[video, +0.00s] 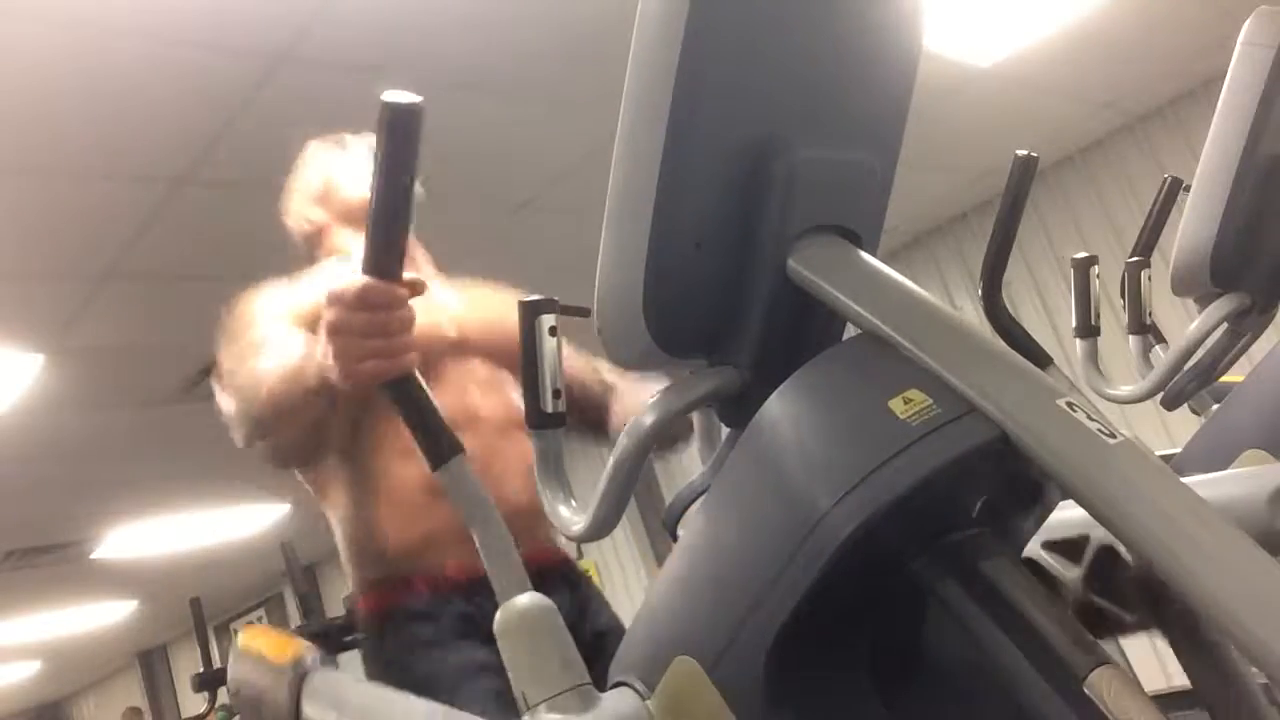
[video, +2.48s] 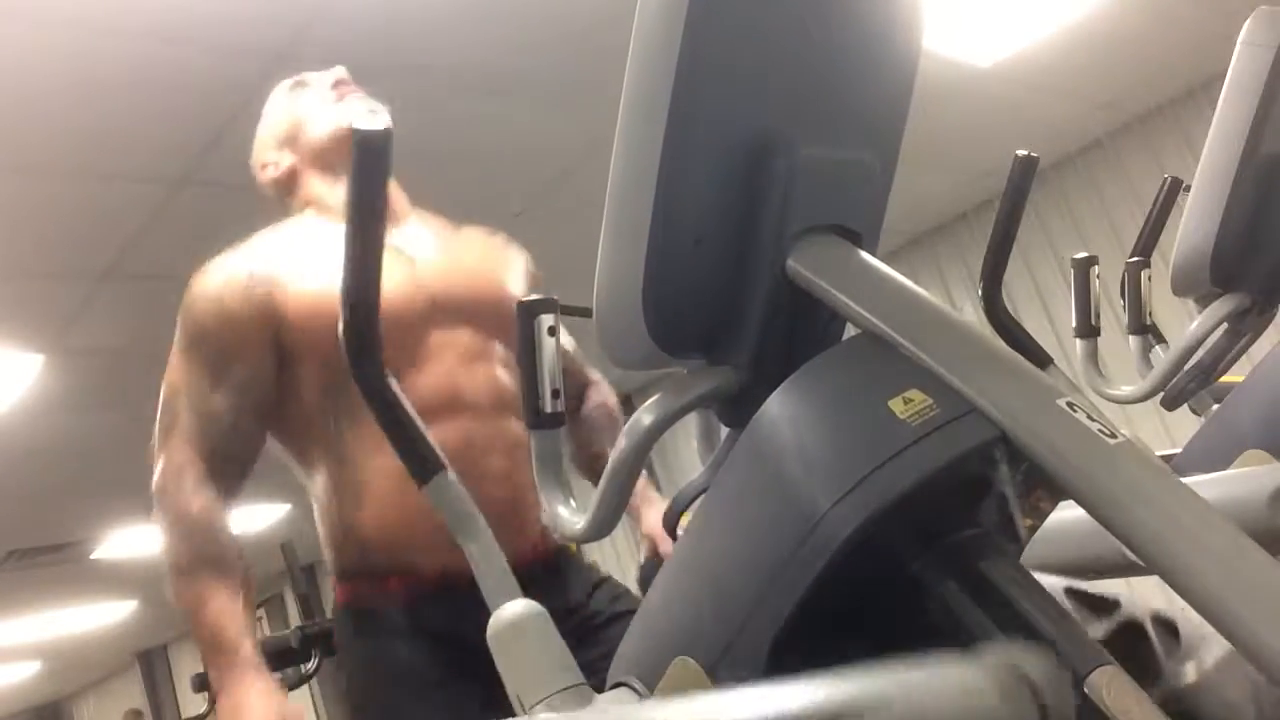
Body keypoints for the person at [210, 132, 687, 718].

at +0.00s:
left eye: (388, 184)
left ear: (406, 192)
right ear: (308, 217)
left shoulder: (479, 300)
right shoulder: (278, 309)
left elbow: (593, 385)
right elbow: (260, 419)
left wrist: (648, 406)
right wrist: (325, 367)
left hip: (556, 589)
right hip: (426, 620)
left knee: (654, 705)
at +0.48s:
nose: (317, 116)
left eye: (324, 117)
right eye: (277, 119)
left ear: (353, 165)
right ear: (240, 194)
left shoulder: (466, 291)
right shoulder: (204, 345)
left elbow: (626, 358)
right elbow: (185, 553)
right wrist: (275, 479)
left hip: (536, 613)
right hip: (384, 659)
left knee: (703, 696)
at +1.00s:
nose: (401, 159)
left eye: (406, 155)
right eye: (366, 160)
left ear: (428, 193)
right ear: (323, 225)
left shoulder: (518, 338)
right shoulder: (279, 346)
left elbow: (633, 430)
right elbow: (246, 485)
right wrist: (321, 406)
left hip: (537, 649)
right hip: (399, 665)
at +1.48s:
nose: (343, 135)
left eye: (350, 128)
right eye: (307, 133)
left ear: (382, 175)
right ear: (263, 202)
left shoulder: (463, 320)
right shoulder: (231, 338)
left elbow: (596, 394)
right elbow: (167, 527)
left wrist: (732, 380)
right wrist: (294, 449)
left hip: (523, 636)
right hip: (382, 677)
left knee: (719, 672)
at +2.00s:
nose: (398, 97)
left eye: (404, 95)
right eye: (356, 92)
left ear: (430, 137)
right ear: (311, 162)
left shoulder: (533, 280)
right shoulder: (274, 308)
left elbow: (620, 395)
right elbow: (193, 480)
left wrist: (725, 387)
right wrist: (242, 568)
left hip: (558, 609)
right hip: (418, 630)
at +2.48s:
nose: (342, 78)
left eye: (350, 79)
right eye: (306, 86)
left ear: (384, 122)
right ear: (273, 163)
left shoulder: (497, 255)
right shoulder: (247, 282)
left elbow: (580, 391)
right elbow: (188, 481)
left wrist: (646, 502)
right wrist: (239, 677)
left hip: (555, 587)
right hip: (401, 623)